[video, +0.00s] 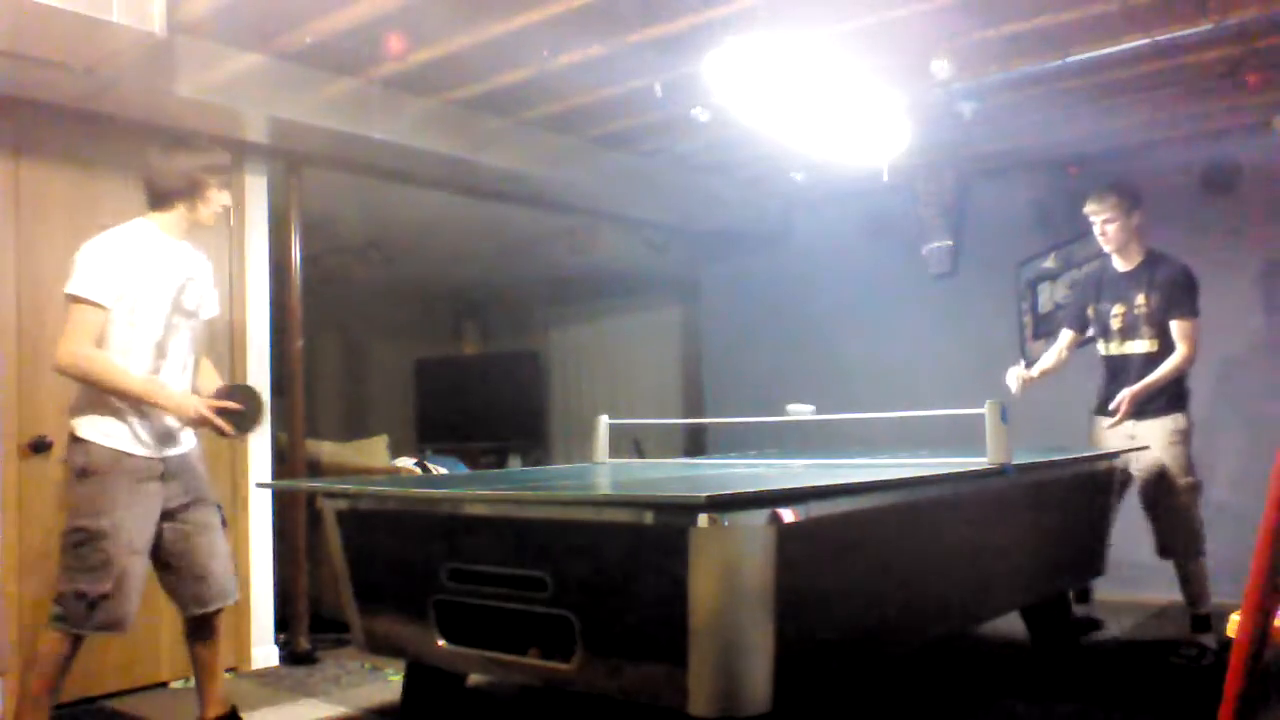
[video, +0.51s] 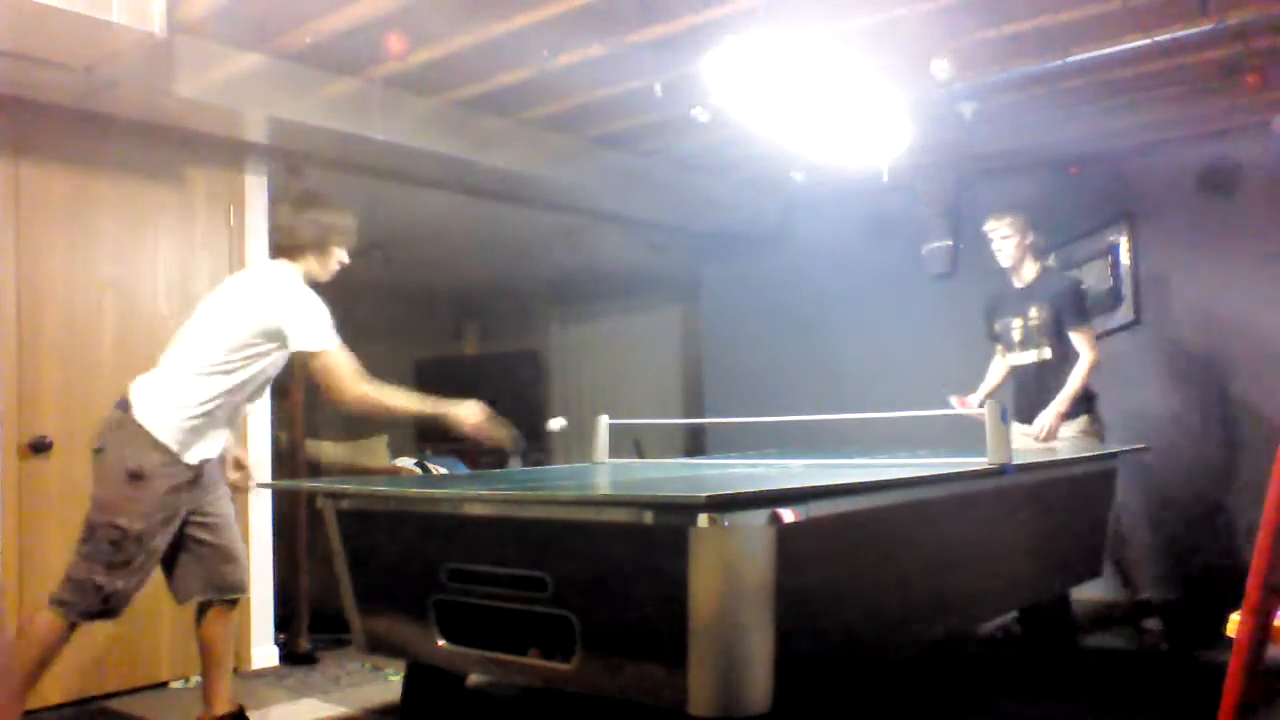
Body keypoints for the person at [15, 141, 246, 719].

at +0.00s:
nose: (228, 199)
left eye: (227, 186)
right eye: (220, 186)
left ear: (196, 190)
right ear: (186, 188)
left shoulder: (198, 268)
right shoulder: (110, 251)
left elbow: (191, 356)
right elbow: (72, 353)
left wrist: (221, 398)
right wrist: (171, 399)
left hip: (177, 448)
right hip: (110, 448)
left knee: (209, 591)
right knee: (85, 598)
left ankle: (215, 712)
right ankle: (30, 713)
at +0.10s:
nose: (258, 210)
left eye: (258, 197)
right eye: (253, 195)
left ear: (219, 196)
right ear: (223, 196)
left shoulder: (214, 271)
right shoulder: (141, 258)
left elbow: (209, 364)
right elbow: (110, 363)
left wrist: (241, 408)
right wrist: (212, 410)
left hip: (181, 448)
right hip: (119, 448)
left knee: (207, 585)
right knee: (80, 599)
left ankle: (214, 711)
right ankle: (26, 716)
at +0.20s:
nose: (284, 224)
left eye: (283, 210)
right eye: (277, 210)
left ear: (244, 209)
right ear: (250, 209)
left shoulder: (229, 276)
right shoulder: (187, 265)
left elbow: (211, 373)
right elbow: (164, 379)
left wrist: (257, 431)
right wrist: (257, 418)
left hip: (184, 450)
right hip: (127, 448)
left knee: (212, 591)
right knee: (81, 602)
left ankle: (215, 712)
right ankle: (29, 714)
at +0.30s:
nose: (311, 242)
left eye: (312, 230)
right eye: (305, 228)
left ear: (266, 228)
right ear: (276, 227)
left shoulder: (248, 281)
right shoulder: (228, 276)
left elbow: (228, 386)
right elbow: (224, 394)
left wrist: (261, 451)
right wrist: (315, 428)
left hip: (190, 451)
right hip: (135, 443)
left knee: (220, 586)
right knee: (87, 596)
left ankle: (217, 711)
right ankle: (27, 713)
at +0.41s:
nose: (334, 255)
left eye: (335, 245)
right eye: (330, 243)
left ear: (284, 239)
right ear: (301, 242)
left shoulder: (249, 284)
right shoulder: (267, 292)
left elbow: (208, 386)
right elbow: (292, 408)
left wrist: (249, 456)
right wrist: (386, 435)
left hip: (193, 455)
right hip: (142, 446)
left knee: (222, 586)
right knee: (84, 597)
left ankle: (218, 710)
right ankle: (27, 711)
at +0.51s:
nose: (345, 263)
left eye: (347, 252)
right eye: (341, 250)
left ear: (295, 242)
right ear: (314, 244)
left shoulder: (256, 284)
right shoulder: (292, 295)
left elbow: (206, 372)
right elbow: (352, 391)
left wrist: (231, 449)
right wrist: (448, 409)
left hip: (195, 454)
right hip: (149, 442)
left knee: (221, 582)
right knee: (86, 587)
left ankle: (219, 708)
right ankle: (8, 699)